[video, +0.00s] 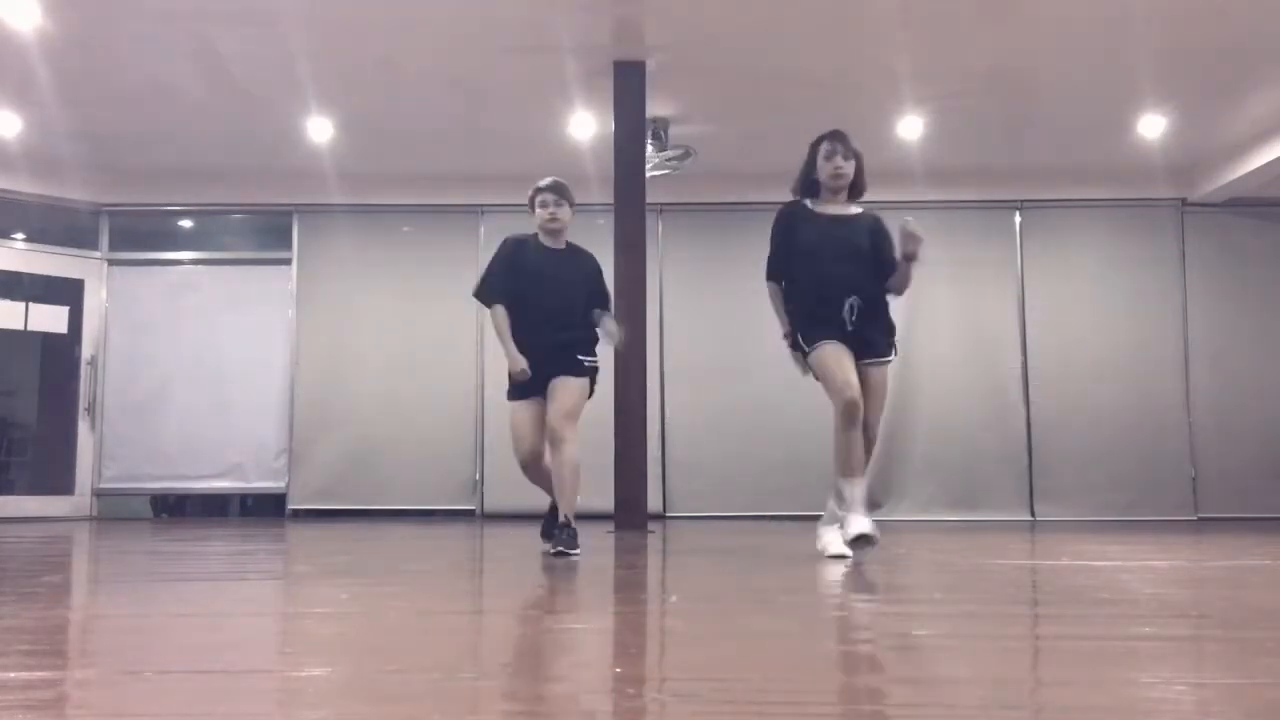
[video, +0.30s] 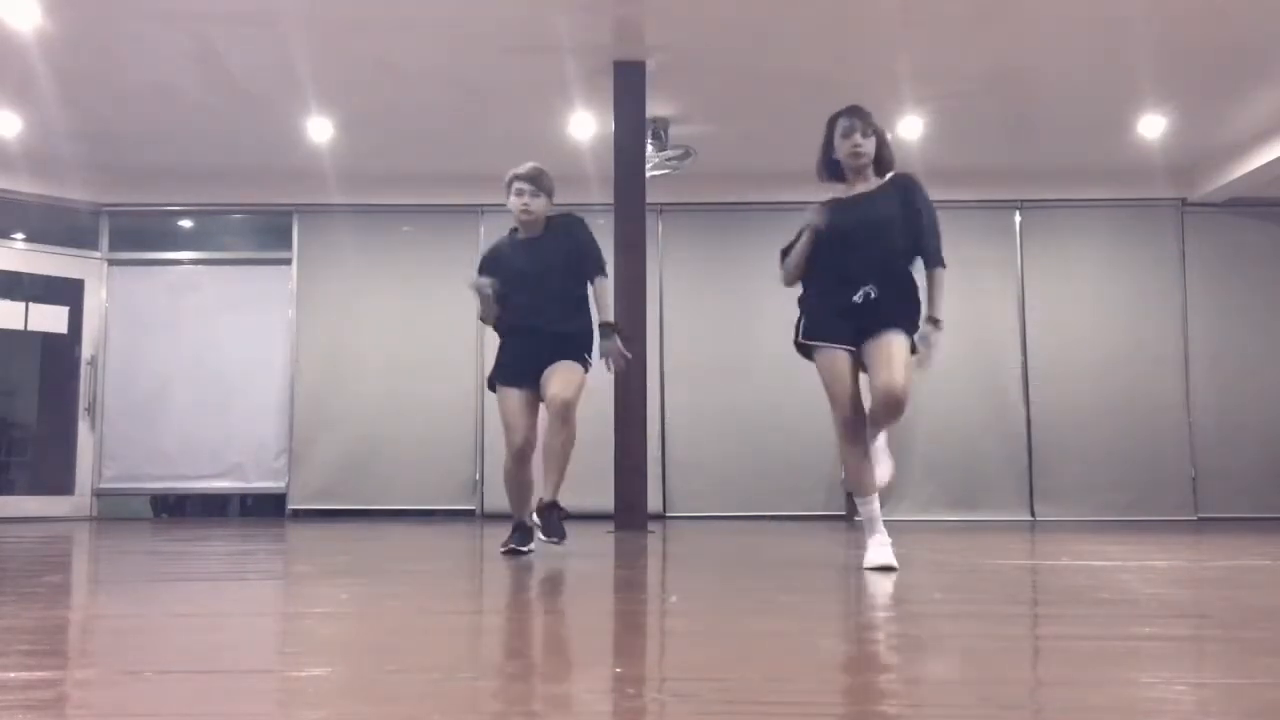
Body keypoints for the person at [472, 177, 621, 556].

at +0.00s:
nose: (551, 210)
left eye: (559, 204)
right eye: (543, 205)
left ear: (571, 211)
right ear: (533, 212)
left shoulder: (585, 260)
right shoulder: (514, 249)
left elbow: (599, 312)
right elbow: (496, 303)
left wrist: (611, 328)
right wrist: (511, 353)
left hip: (573, 356)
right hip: (527, 358)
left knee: (560, 431)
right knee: (527, 455)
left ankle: (567, 524)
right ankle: (559, 496)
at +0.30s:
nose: (525, 201)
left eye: (534, 194)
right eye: (518, 194)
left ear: (549, 200)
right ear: (509, 200)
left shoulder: (570, 229)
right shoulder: (498, 254)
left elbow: (599, 279)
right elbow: (492, 321)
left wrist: (607, 333)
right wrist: (485, 297)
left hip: (566, 344)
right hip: (516, 347)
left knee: (561, 400)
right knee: (518, 445)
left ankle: (549, 503)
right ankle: (520, 525)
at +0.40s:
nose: (522, 196)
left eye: (528, 187)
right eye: (513, 191)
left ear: (543, 192)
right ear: (503, 201)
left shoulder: (576, 231)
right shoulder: (499, 250)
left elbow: (597, 286)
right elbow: (494, 308)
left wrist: (600, 338)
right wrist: (510, 265)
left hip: (566, 343)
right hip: (513, 347)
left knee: (558, 407)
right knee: (522, 448)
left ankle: (551, 515)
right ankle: (521, 524)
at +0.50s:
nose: (533, 185)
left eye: (539, 176)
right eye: (524, 181)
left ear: (554, 181)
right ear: (514, 190)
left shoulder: (579, 234)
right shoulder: (501, 230)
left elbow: (589, 295)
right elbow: (488, 278)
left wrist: (590, 338)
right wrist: (529, 238)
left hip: (565, 341)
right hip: (514, 341)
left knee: (558, 423)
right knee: (524, 446)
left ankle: (552, 525)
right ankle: (524, 524)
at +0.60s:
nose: (556, 180)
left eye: (563, 175)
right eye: (548, 172)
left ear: (571, 188)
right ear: (531, 179)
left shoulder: (571, 239)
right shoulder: (510, 212)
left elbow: (579, 302)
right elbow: (492, 235)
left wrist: (595, 338)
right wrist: (530, 208)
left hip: (565, 340)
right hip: (515, 339)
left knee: (559, 425)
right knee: (526, 445)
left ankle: (552, 526)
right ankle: (533, 516)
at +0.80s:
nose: (561, 192)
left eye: (569, 190)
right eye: (558, 181)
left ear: (571, 200)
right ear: (537, 179)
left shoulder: (571, 245)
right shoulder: (502, 225)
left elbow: (591, 292)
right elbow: (501, 204)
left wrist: (587, 308)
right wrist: (529, 174)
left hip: (558, 341)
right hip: (506, 338)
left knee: (552, 429)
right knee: (514, 417)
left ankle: (550, 527)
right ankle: (520, 482)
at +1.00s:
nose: (528, 146)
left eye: (537, 140)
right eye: (520, 139)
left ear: (549, 152)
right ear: (506, 147)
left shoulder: (562, 209)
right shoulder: (481, 196)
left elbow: (576, 266)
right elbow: (458, 252)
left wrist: (561, 291)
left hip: (543, 320)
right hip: (491, 318)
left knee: (556, 420)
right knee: (458, 414)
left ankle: (582, 519)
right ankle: (423, 507)